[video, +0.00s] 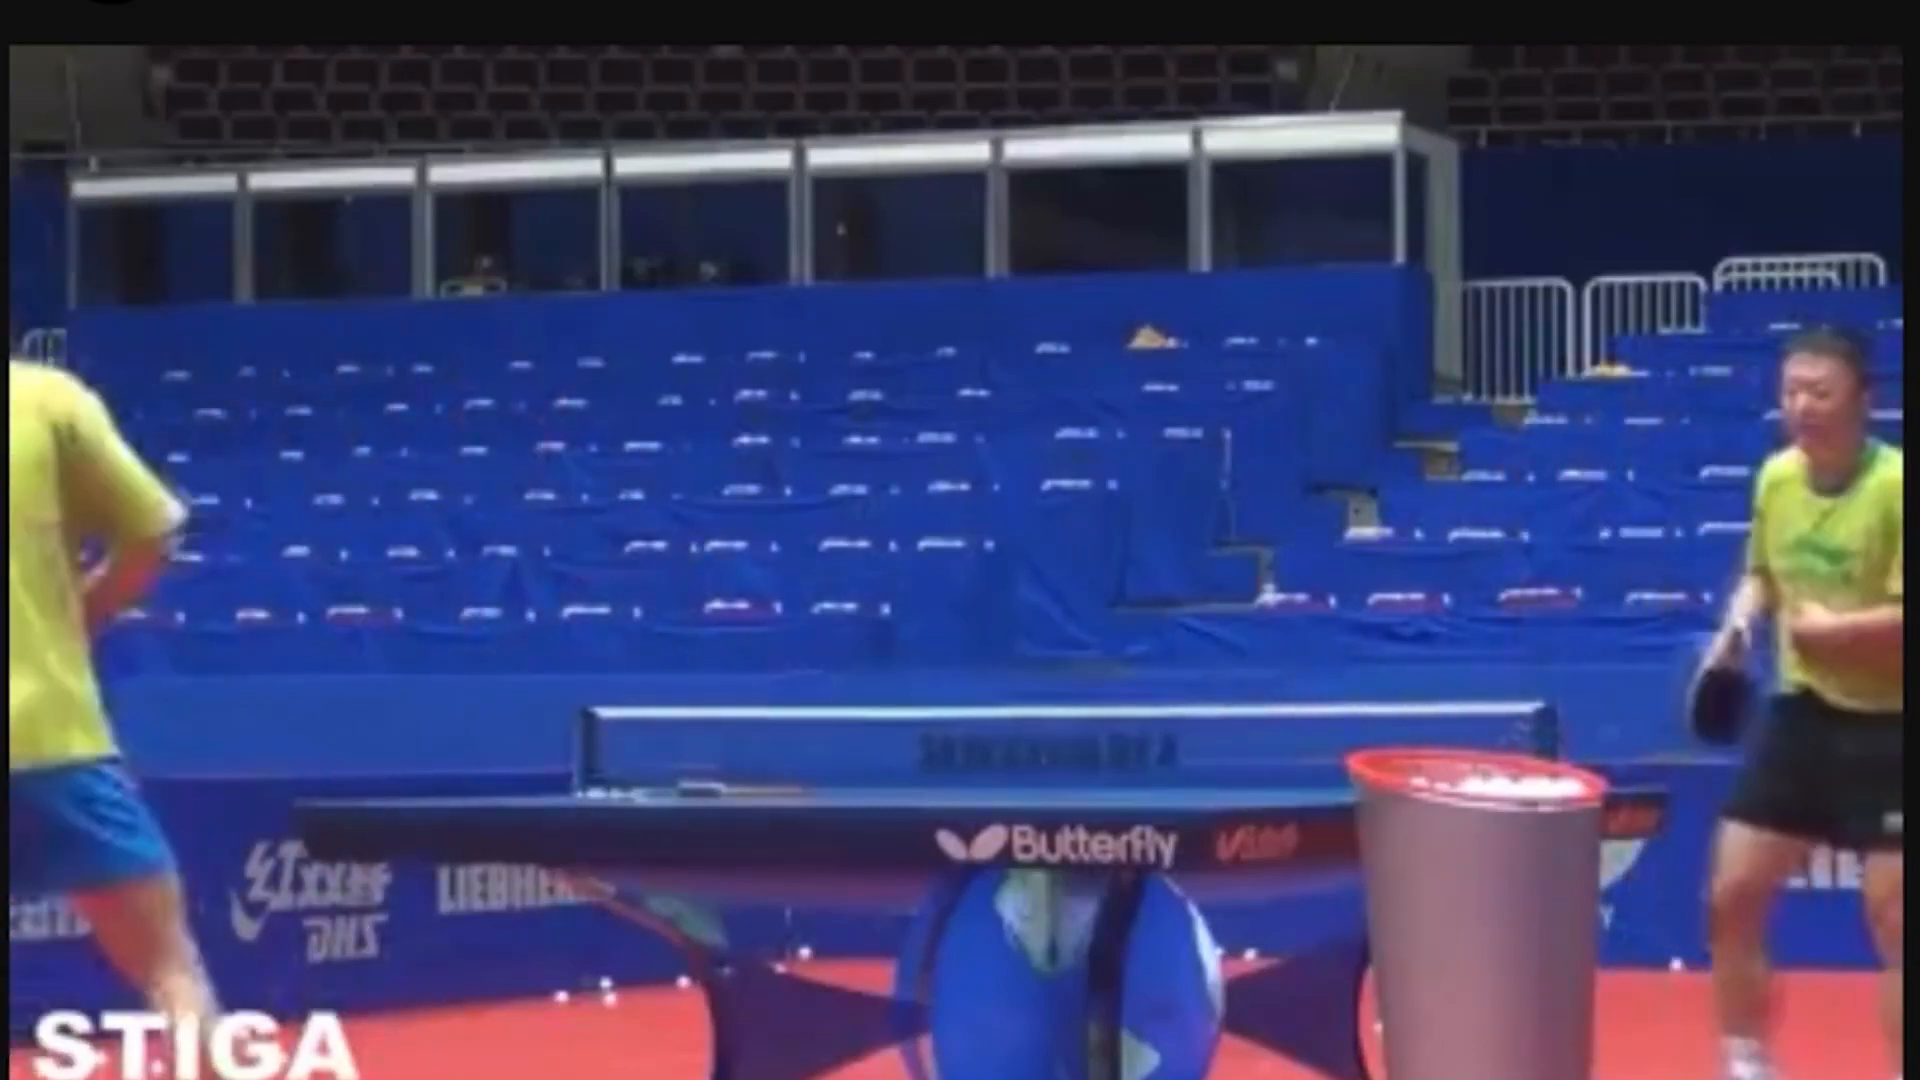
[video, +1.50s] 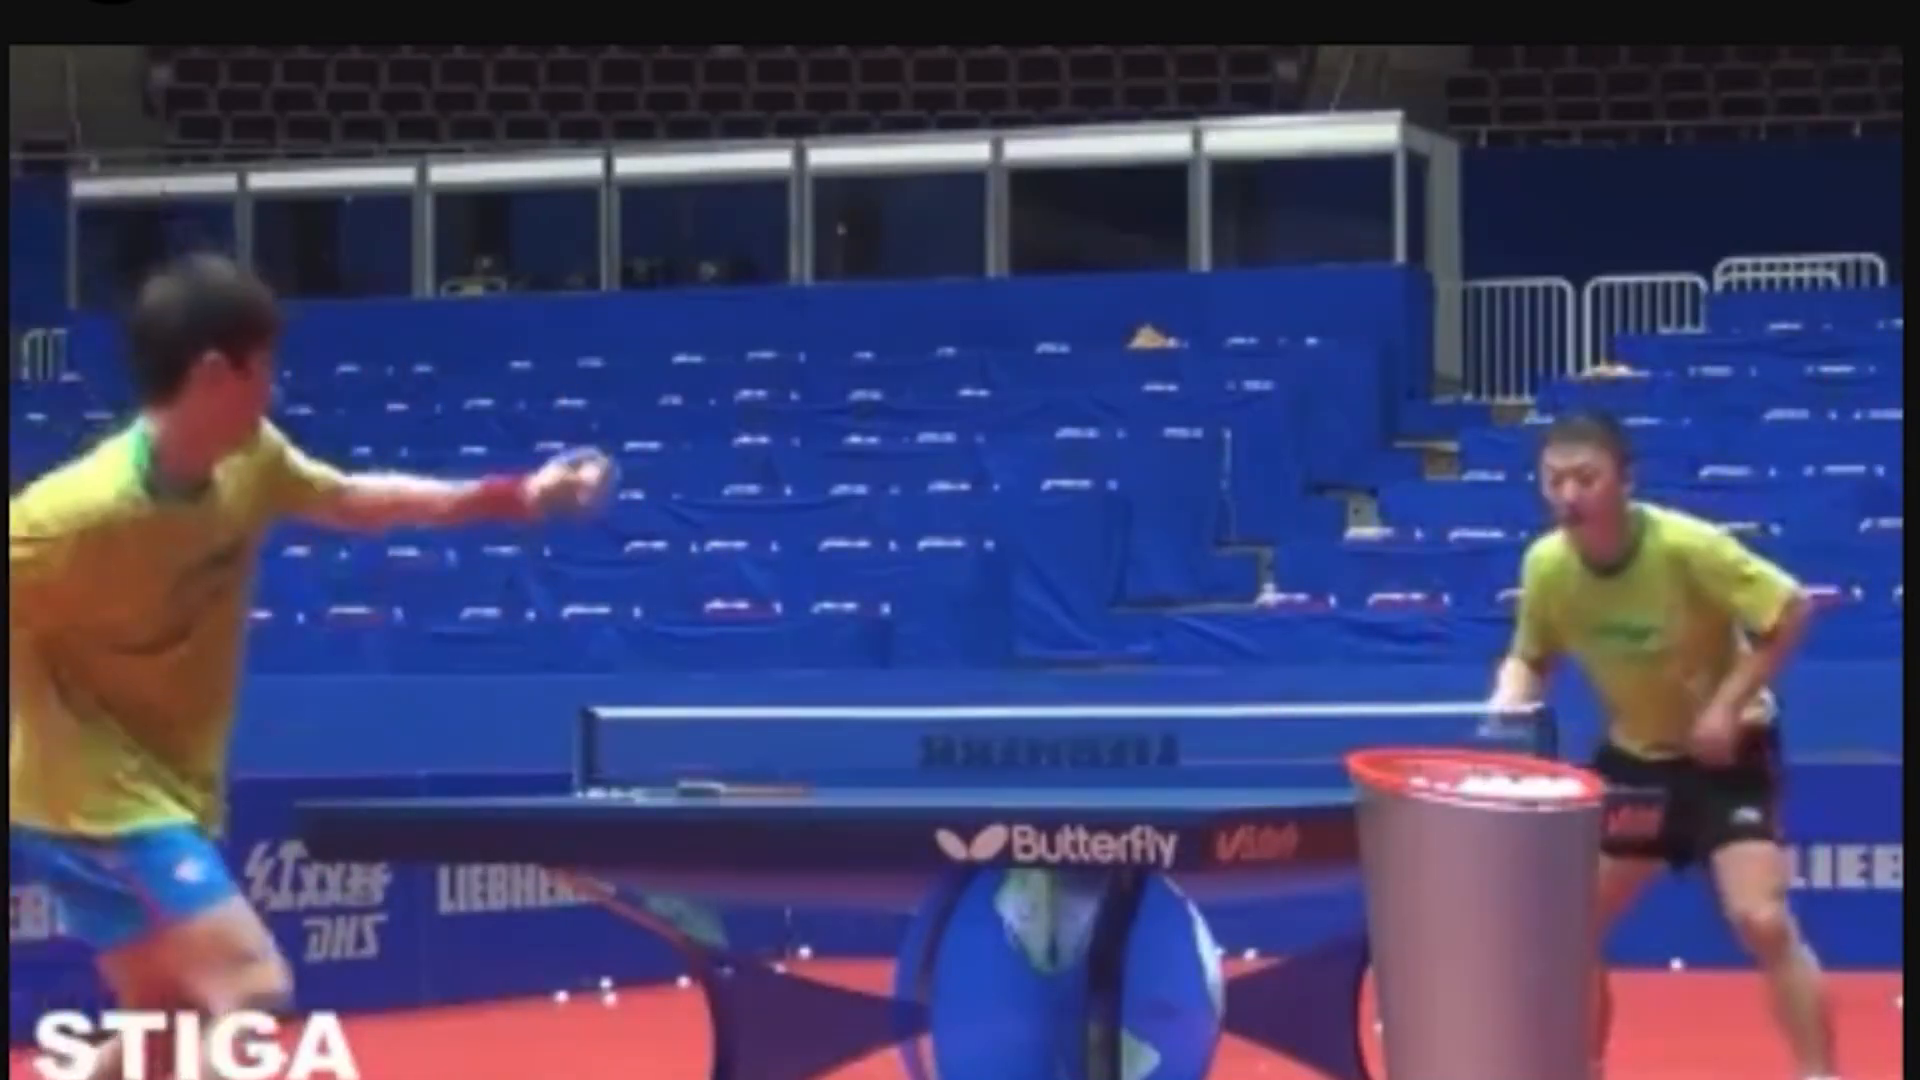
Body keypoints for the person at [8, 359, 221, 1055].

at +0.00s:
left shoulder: (47, 396)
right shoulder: (43, 397)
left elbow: (152, 524)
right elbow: (153, 525)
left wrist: (76, 614)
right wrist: (74, 615)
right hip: (42, 720)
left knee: (166, 964)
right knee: (166, 964)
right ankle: (209, 1069)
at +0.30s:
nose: (80, 290)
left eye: (79, 267)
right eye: (72, 266)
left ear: (25, 263)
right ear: (32, 261)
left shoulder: (43, 387)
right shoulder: (51, 387)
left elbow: (119, 547)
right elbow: (129, 557)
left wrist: (226, 504)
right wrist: (247, 503)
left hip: (32, 733)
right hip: (32, 739)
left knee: (48, 971)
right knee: (52, 978)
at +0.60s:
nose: (146, 296)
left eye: (151, 274)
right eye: (144, 269)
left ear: (57, 258)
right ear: (96, 256)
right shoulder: (85, 401)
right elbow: (174, 558)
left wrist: (201, 508)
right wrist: (232, 504)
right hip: (39, 759)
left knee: (38, 1002)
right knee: (45, 1009)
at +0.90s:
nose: (174, 298)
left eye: (174, 274)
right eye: (170, 272)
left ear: (94, 269)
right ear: (128, 271)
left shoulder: (37, 374)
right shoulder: (68, 390)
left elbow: (87, 560)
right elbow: (86, 579)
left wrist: (213, 587)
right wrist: (225, 597)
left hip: (25, 753)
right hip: (48, 760)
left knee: (36, 990)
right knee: (125, 973)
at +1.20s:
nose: (209, 328)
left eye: (208, 306)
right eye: (200, 305)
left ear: (146, 308)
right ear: (153, 306)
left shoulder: (160, 419)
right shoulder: (52, 435)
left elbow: (216, 530)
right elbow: (26, 623)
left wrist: (324, 578)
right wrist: (157, 696)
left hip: (99, 756)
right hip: (48, 764)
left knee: (86, 996)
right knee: (143, 984)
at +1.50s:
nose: (272, 391)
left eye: (271, 370)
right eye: (266, 368)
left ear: (213, 376)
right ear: (212, 375)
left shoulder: (249, 460)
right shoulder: (72, 517)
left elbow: (350, 501)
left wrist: (516, 497)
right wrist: (42, 720)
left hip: (166, 790)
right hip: (82, 794)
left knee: (159, 1026)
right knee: (252, 992)